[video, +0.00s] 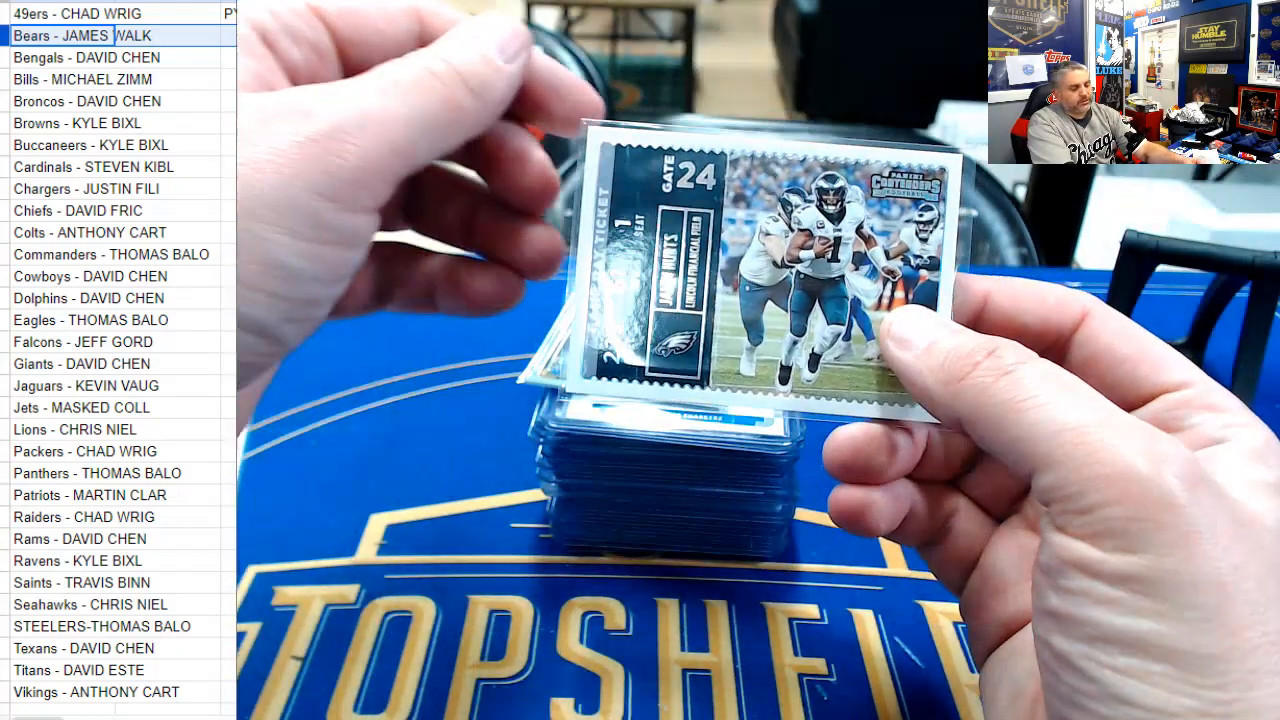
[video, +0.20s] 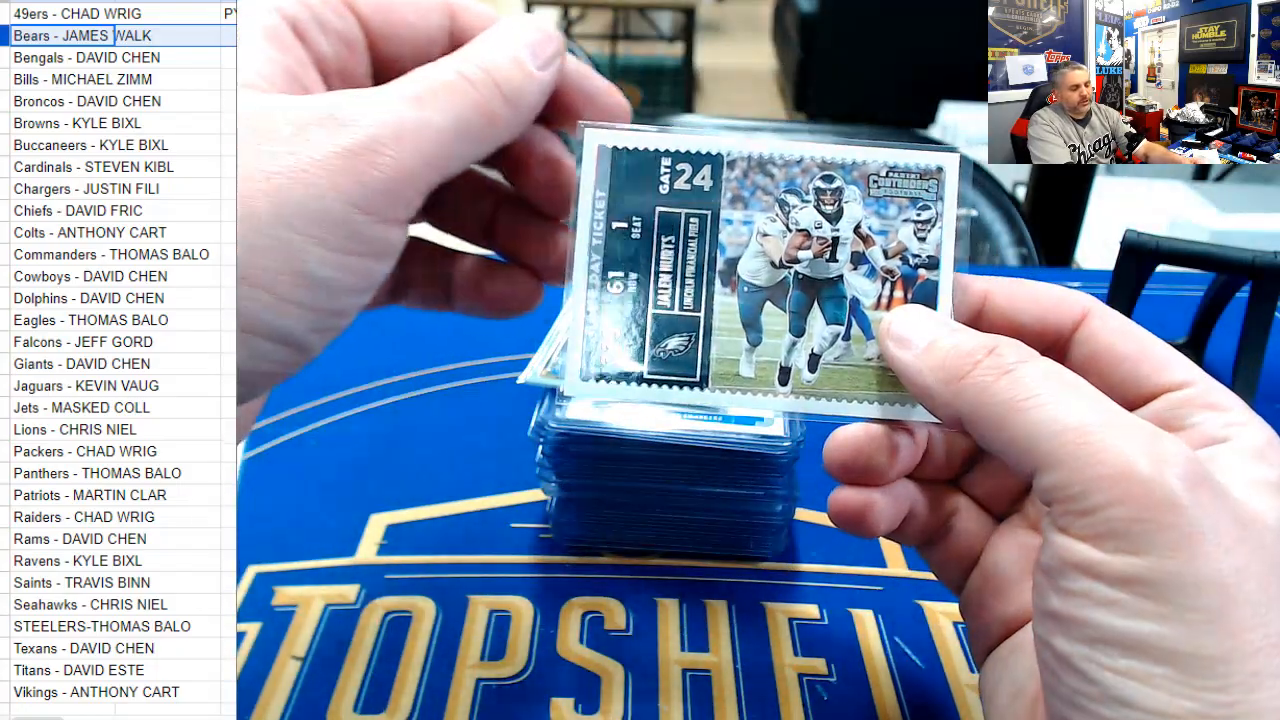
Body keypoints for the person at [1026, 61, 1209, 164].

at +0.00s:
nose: (1085, 93)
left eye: (1087, 85)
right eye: (1074, 89)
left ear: (1091, 85)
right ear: (1056, 96)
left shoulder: (1104, 113)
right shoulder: (1043, 122)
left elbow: (1145, 150)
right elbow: (1061, 177)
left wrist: (1186, 162)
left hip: (1112, 186)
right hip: (1072, 197)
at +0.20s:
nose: (1085, 93)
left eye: (1087, 85)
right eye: (1075, 89)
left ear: (1091, 85)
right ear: (1056, 96)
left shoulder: (1104, 113)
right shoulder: (1043, 122)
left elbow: (1145, 150)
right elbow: (1059, 176)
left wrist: (1186, 162)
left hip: (1113, 186)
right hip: (1072, 196)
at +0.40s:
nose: (1085, 94)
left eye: (1087, 86)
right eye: (1074, 89)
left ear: (1091, 85)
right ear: (1056, 96)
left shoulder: (1104, 113)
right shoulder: (1043, 123)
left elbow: (1145, 150)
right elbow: (1061, 177)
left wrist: (1182, 162)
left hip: (1113, 186)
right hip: (1073, 197)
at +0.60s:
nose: (1085, 94)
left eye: (1087, 86)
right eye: (1074, 90)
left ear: (1092, 86)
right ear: (1056, 96)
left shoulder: (1105, 114)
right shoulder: (1043, 123)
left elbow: (1145, 149)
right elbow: (1061, 177)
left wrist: (1178, 160)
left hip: (1113, 188)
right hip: (1072, 198)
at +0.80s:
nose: (1085, 95)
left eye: (1087, 87)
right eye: (1074, 90)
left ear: (1091, 86)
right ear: (1056, 96)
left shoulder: (1105, 114)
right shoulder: (1043, 123)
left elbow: (1145, 150)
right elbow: (1060, 176)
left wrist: (1181, 162)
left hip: (1113, 187)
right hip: (1071, 197)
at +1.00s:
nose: (1084, 95)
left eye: (1086, 86)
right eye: (1074, 91)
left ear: (1091, 86)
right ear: (1056, 96)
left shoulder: (1106, 114)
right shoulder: (1042, 123)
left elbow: (1144, 149)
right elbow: (1061, 176)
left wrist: (1178, 159)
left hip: (1112, 188)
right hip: (1070, 197)